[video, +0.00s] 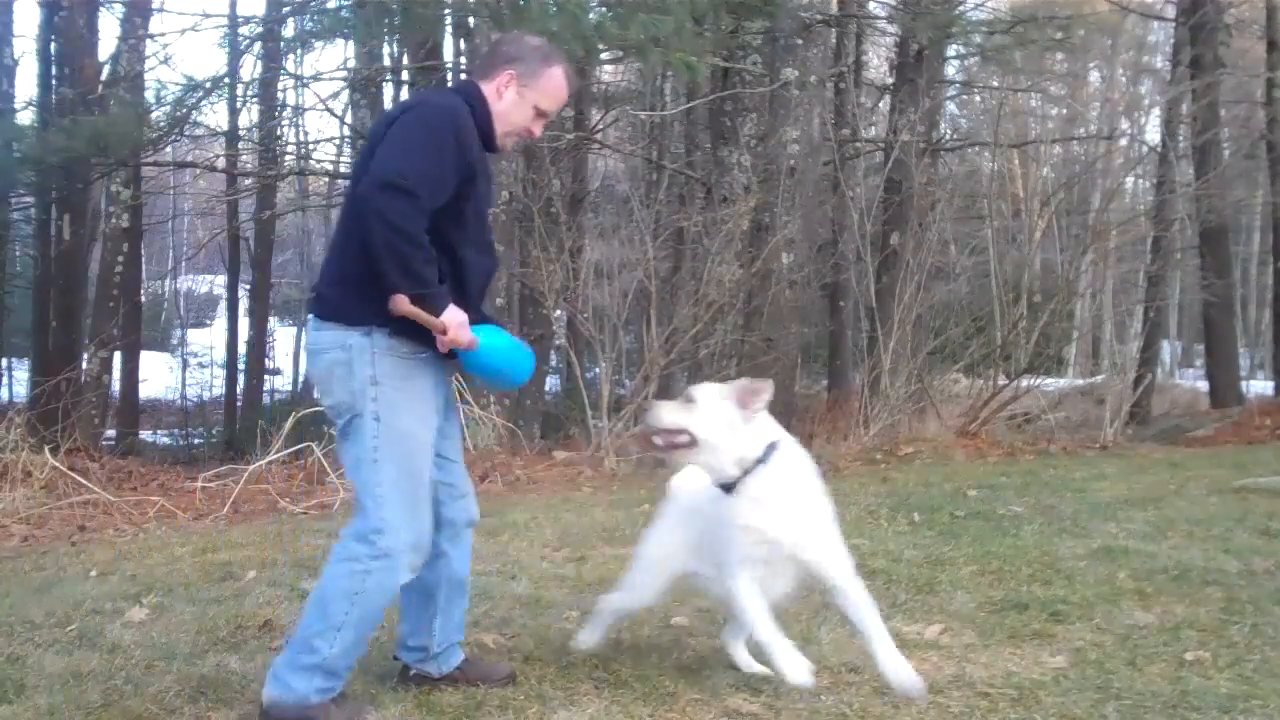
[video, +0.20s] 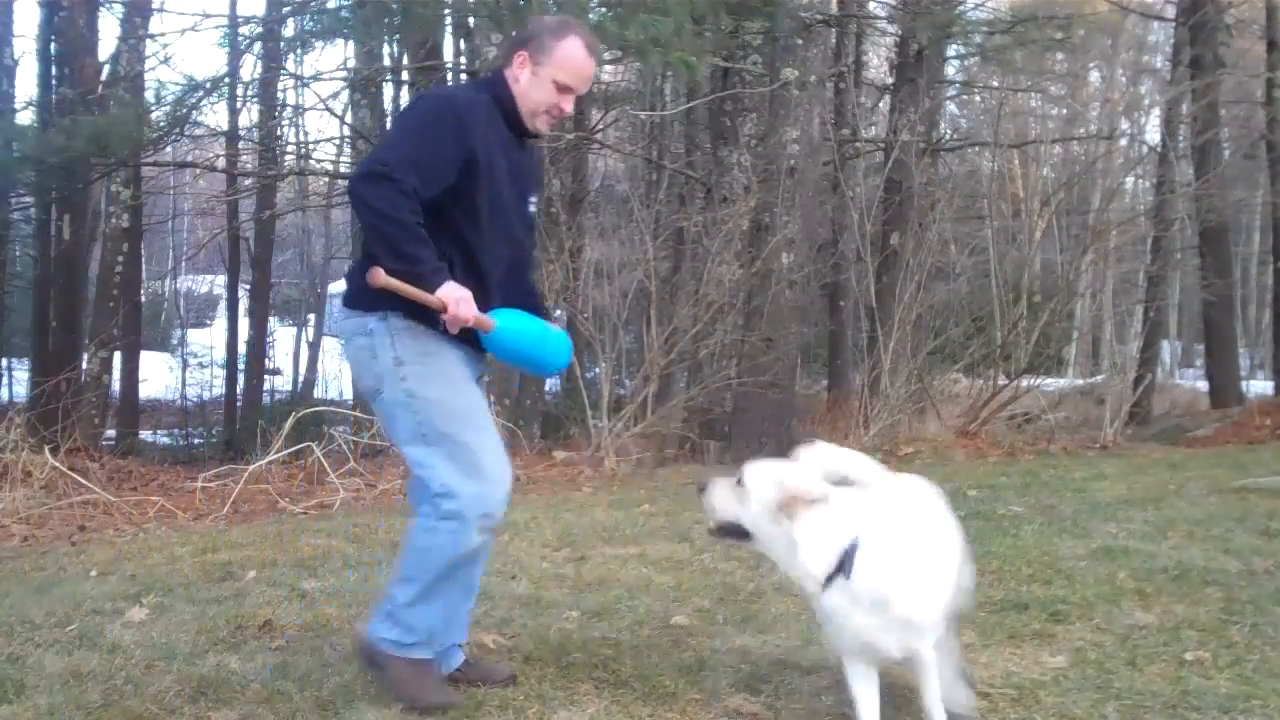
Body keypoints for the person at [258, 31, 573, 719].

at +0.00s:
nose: (538, 131)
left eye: (547, 120)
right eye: (539, 112)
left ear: (507, 91)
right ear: (506, 83)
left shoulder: (465, 139)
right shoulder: (443, 116)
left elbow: (437, 247)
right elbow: (389, 200)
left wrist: (458, 326)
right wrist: (435, 303)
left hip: (414, 347)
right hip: (370, 343)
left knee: (449, 513)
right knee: (393, 531)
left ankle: (432, 657)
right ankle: (297, 692)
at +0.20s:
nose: (568, 107)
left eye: (577, 97)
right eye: (563, 88)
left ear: (570, 94)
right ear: (520, 65)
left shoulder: (524, 153)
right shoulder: (452, 113)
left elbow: (510, 259)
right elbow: (375, 186)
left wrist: (538, 331)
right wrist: (435, 280)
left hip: (450, 336)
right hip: (395, 324)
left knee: (475, 486)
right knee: (474, 483)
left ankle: (441, 645)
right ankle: (398, 640)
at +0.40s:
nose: (581, 93)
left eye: (593, 81)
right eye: (569, 76)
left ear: (601, 78)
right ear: (530, 62)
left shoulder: (577, 157)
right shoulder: (464, 118)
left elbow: (580, 260)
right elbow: (379, 190)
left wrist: (593, 324)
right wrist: (443, 274)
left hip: (511, 342)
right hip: (434, 333)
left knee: (473, 495)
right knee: (509, 482)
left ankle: (431, 656)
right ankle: (551, 671)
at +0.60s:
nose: (594, 87)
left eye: (606, 73)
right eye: (580, 71)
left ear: (618, 68)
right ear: (541, 61)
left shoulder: (616, 146)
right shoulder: (482, 129)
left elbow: (633, 247)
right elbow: (407, 217)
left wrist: (647, 303)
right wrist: (479, 265)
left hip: (567, 356)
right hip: (486, 349)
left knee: (513, 508)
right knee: (554, 506)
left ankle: (440, 653)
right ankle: (578, 691)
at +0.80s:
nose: (605, 67)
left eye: (618, 51)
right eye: (588, 52)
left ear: (633, 43)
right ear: (556, 45)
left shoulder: (658, 126)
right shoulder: (504, 118)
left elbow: (686, 228)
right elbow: (436, 212)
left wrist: (693, 289)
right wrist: (515, 226)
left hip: (622, 356)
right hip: (523, 354)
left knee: (650, 503)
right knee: (554, 526)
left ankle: (533, 604)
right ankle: (576, 693)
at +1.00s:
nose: (617, 48)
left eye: (632, 31)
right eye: (601, 32)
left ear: (652, 26)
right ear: (572, 27)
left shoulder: (687, 112)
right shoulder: (519, 107)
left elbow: (728, 215)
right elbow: (465, 207)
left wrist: (717, 275)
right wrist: (522, 203)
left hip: (662, 354)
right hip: (548, 358)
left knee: (700, 516)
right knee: (558, 530)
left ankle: (685, 684)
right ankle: (576, 687)